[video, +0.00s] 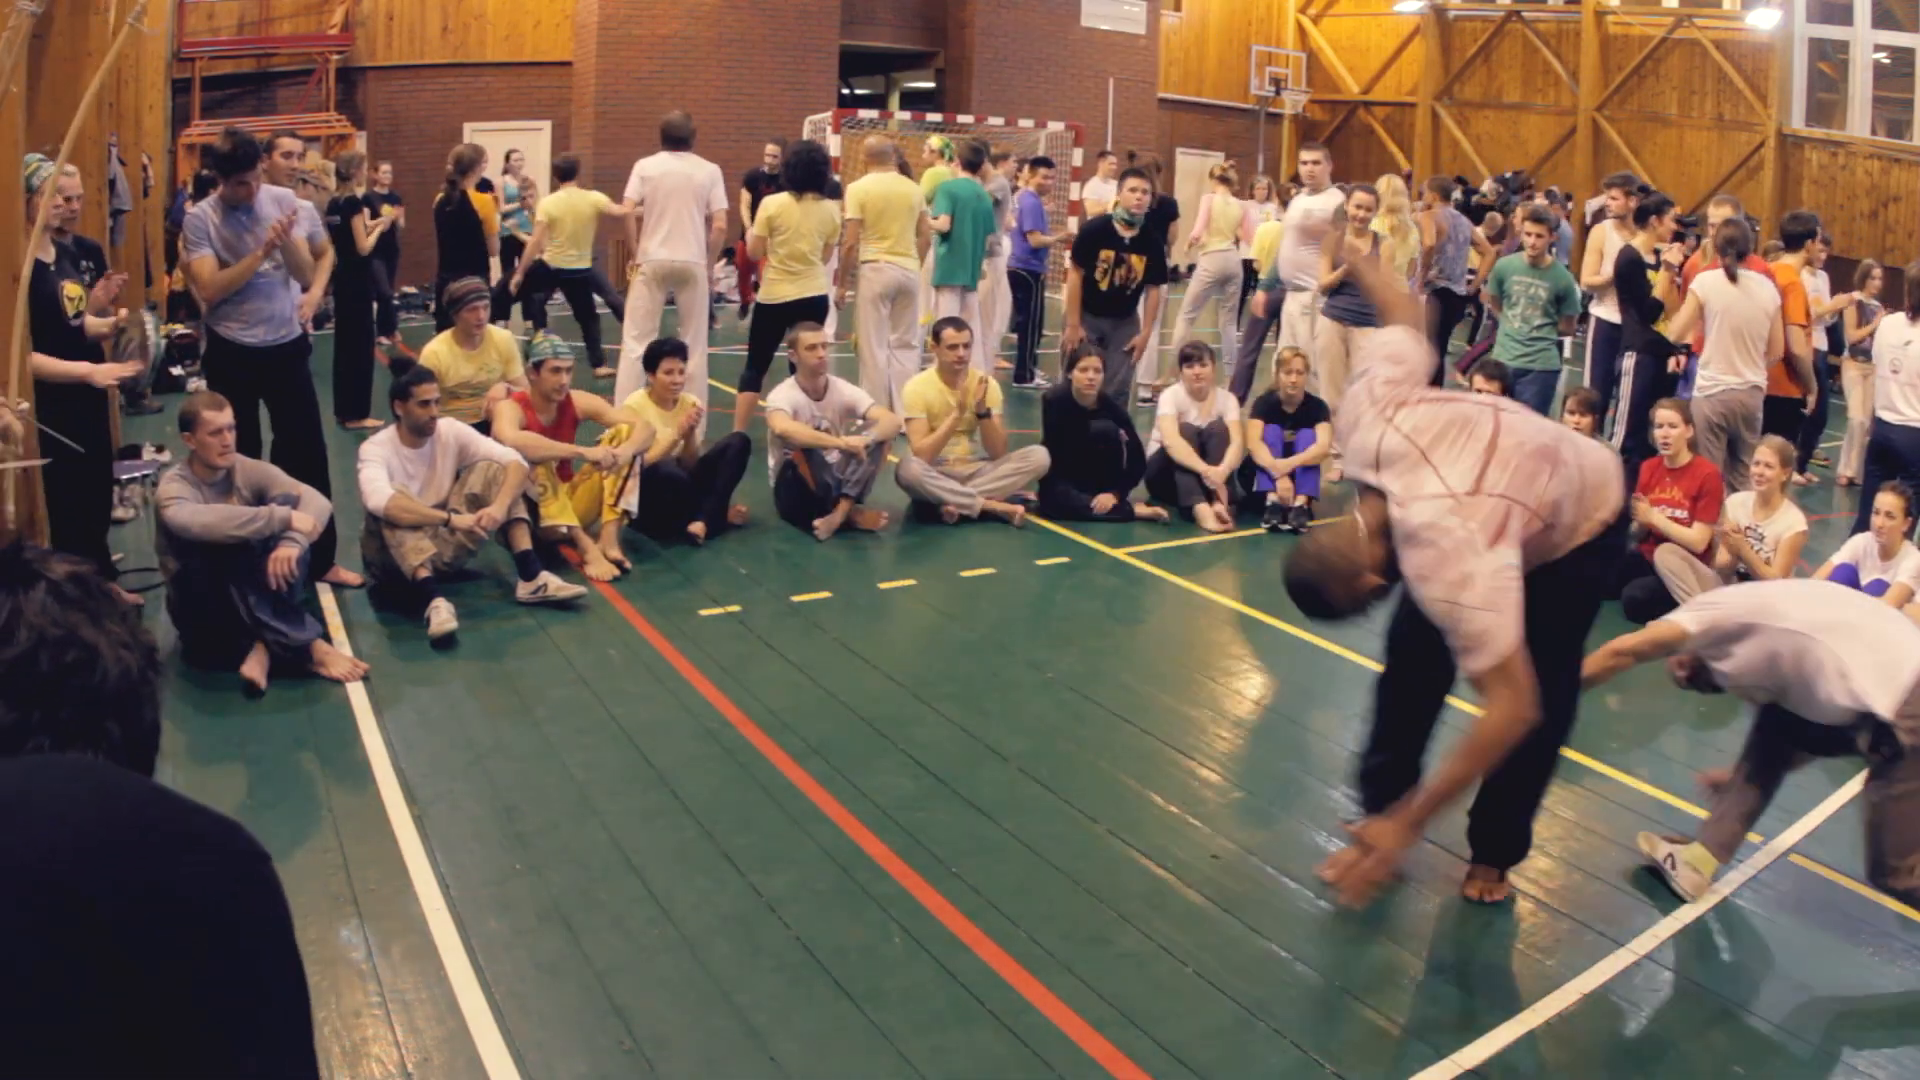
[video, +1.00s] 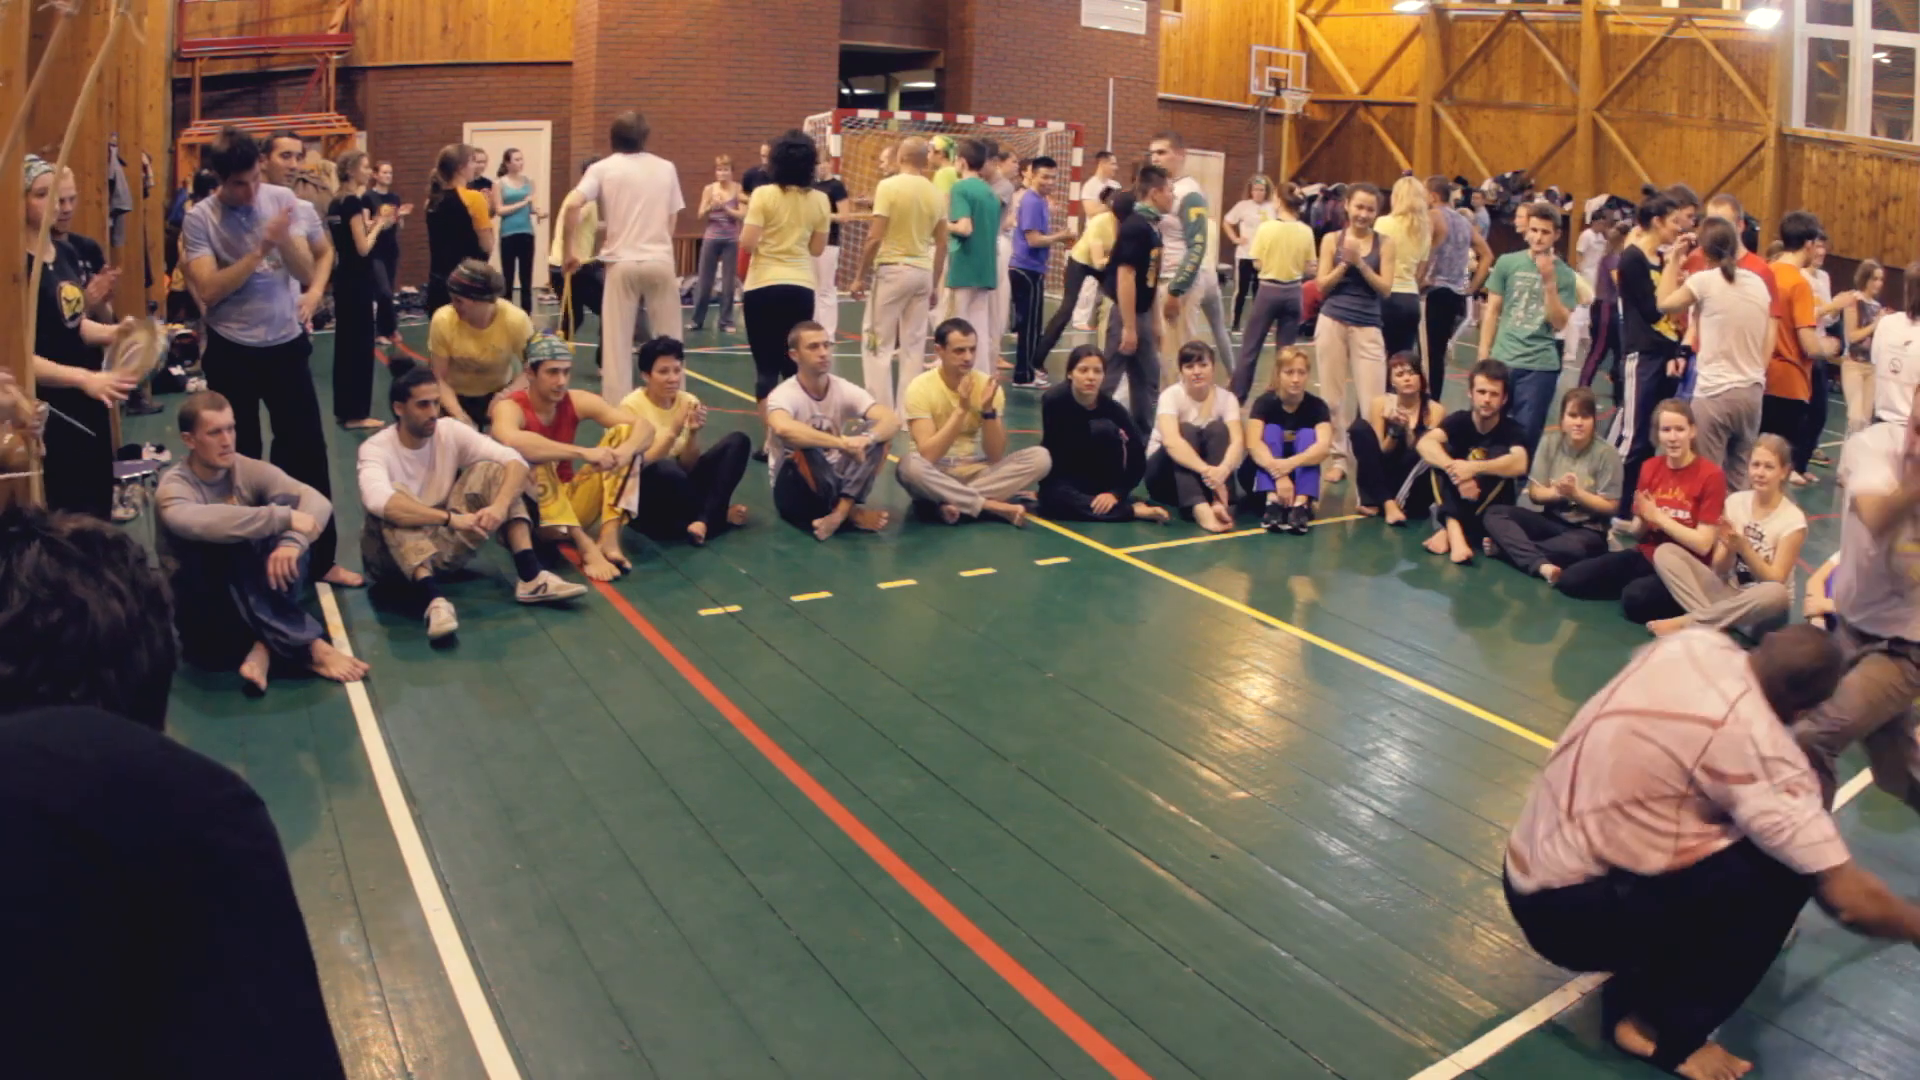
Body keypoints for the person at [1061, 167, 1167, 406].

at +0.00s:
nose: (1138, 197)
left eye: (1144, 192)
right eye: (1132, 190)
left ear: (1151, 199)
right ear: (1118, 195)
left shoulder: (1152, 240)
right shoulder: (1094, 229)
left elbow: (1153, 289)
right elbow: (1075, 274)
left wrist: (1145, 333)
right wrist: (1073, 324)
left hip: (1125, 320)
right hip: (1088, 317)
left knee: (1118, 387)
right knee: (1076, 385)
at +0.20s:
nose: (1143, 191)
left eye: (1147, 186)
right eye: (1137, 184)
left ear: (1151, 191)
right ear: (1119, 188)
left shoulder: (1152, 233)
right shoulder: (1094, 224)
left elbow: (1153, 281)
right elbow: (1078, 270)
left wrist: (1154, 325)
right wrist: (1082, 320)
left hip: (1125, 315)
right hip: (1092, 313)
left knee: (1119, 381)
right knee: (1086, 378)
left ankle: (1110, 437)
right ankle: (1078, 433)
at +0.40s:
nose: (1141, 192)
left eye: (1141, 186)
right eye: (1135, 186)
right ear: (1115, 189)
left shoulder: (1134, 226)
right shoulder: (1092, 225)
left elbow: (1137, 275)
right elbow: (1078, 275)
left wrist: (1148, 319)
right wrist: (1090, 325)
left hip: (1123, 313)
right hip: (1092, 312)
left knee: (1118, 380)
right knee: (1087, 379)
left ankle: (1110, 436)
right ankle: (1079, 433)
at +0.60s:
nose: (1140, 192)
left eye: (1140, 186)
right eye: (1135, 186)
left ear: (1122, 191)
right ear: (1118, 190)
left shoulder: (1127, 223)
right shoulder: (1095, 230)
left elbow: (1128, 271)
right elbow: (1090, 283)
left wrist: (1132, 305)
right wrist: (1096, 334)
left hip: (1122, 308)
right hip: (1097, 310)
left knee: (1123, 376)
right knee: (1092, 376)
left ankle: (1118, 432)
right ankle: (1088, 436)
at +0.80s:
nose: (1151, 193)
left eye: (1151, 187)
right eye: (1146, 187)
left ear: (1134, 191)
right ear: (1131, 190)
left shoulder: (1133, 224)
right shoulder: (1109, 229)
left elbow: (1130, 272)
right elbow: (1100, 281)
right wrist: (1109, 330)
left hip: (1126, 308)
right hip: (1104, 310)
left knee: (1133, 374)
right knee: (1093, 374)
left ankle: (1131, 434)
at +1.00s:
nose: (1172, 197)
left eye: (1171, 191)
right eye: (1168, 191)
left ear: (1153, 192)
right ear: (1153, 192)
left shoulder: (1152, 225)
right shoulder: (1136, 225)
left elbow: (1151, 280)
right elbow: (1125, 274)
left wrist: (1154, 322)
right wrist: (1129, 326)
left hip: (1144, 312)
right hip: (1126, 312)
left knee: (1147, 375)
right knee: (1109, 376)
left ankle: (1145, 436)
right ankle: (1085, 429)